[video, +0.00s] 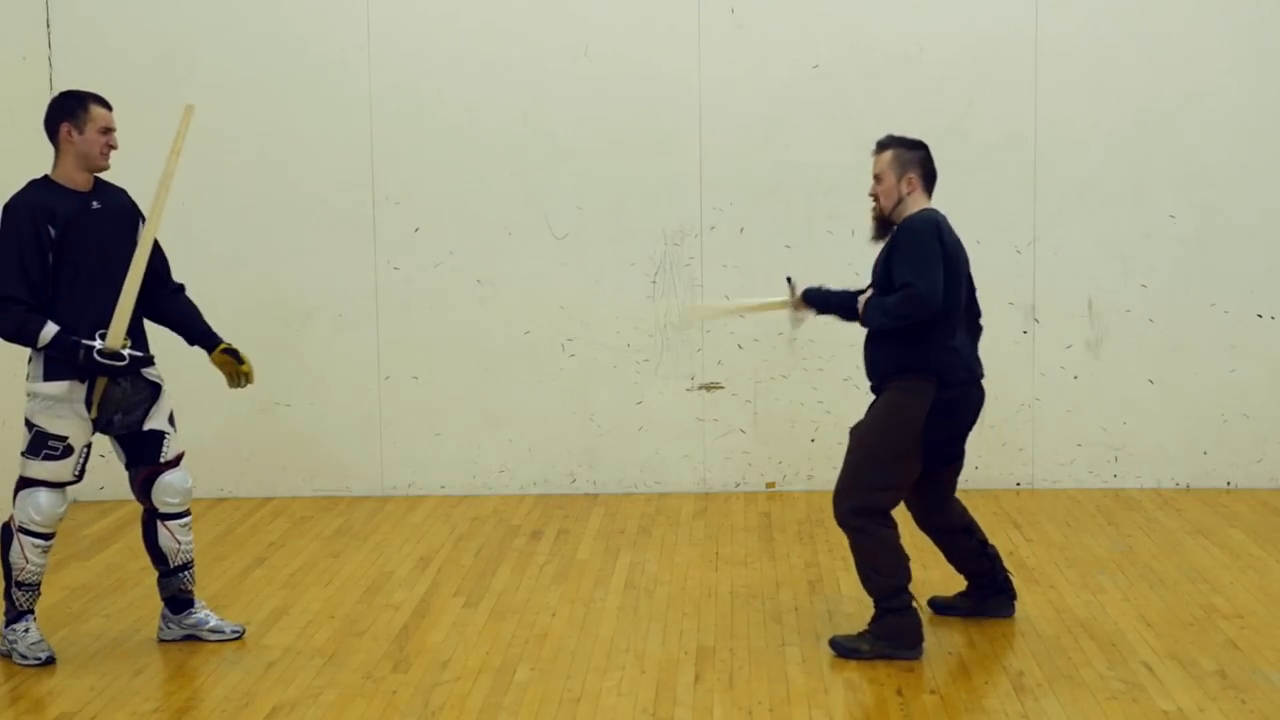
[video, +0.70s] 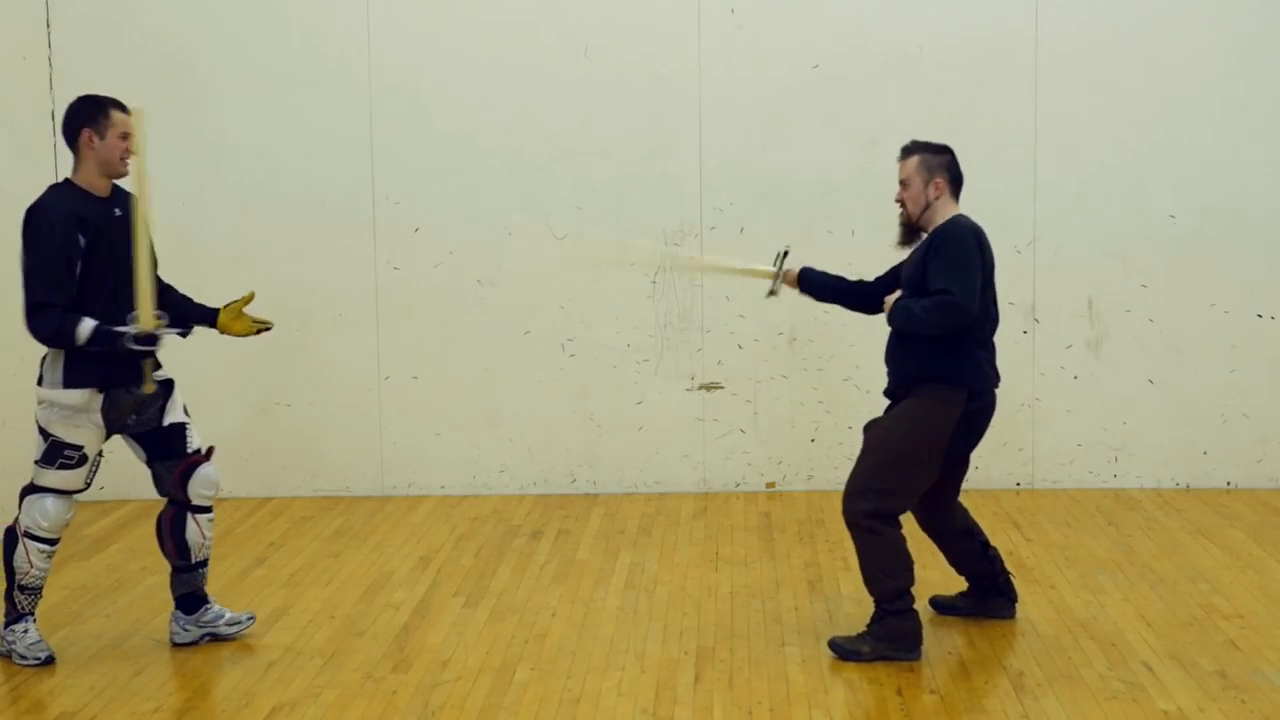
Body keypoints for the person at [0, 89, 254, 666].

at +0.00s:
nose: (114, 142)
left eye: (114, 133)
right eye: (104, 132)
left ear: (85, 136)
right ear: (68, 134)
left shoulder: (122, 207)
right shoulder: (28, 210)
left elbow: (158, 290)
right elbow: (8, 310)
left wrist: (212, 343)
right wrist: (76, 348)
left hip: (133, 372)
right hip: (61, 376)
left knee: (170, 489)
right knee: (42, 503)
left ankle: (181, 611)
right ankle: (19, 622)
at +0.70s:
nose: (130, 148)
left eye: (131, 138)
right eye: (122, 138)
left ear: (101, 142)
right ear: (88, 140)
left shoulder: (125, 208)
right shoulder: (51, 213)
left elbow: (147, 289)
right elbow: (43, 318)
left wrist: (210, 317)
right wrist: (114, 335)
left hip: (140, 373)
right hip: (76, 379)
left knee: (193, 480)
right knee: (51, 501)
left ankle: (191, 610)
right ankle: (17, 622)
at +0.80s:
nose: (160, 151)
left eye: (160, 142)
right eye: (151, 142)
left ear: (129, 145)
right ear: (116, 144)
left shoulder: (149, 211)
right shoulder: (87, 217)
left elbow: (166, 293)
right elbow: (104, 320)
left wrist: (220, 317)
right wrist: (188, 327)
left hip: (158, 375)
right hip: (101, 386)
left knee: (213, 485)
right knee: (76, 500)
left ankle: (198, 614)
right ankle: (20, 621)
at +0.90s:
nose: (199, 152)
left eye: (198, 141)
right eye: (190, 141)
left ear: (159, 145)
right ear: (156, 144)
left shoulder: (162, 206)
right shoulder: (151, 208)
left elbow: (179, 303)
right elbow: (178, 306)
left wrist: (235, 324)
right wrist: (241, 321)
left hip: (194, 381)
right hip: (154, 387)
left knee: (232, 488)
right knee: (151, 508)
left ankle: (200, 615)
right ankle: (49, 603)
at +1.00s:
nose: (238, 150)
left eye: (238, 140)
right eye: (230, 140)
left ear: (194, 143)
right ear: (196, 141)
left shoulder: (166, 194)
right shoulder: (213, 196)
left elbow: (164, 289)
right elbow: (237, 285)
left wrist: (236, 331)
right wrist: (267, 324)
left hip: (182, 372)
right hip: (201, 375)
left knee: (240, 489)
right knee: (239, 497)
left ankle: (200, 614)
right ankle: (137, 590)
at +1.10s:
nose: (292, 170)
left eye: (292, 160)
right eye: (284, 160)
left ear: (242, 162)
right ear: (249, 159)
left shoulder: (195, 208)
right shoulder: (280, 211)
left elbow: (155, 290)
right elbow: (298, 301)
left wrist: (209, 332)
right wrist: (295, 343)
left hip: (206, 378)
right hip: (253, 375)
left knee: (261, 493)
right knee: (329, 489)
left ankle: (201, 616)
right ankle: (291, 626)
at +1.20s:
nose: (339, 195)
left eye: (339, 184)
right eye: (332, 183)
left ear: (290, 184)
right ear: (298, 181)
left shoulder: (235, 226)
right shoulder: (326, 236)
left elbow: (193, 302)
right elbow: (344, 332)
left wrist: (247, 339)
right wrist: (340, 358)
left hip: (246, 397)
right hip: (303, 394)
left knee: (285, 507)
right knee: (406, 488)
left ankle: (203, 616)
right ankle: (433, 620)